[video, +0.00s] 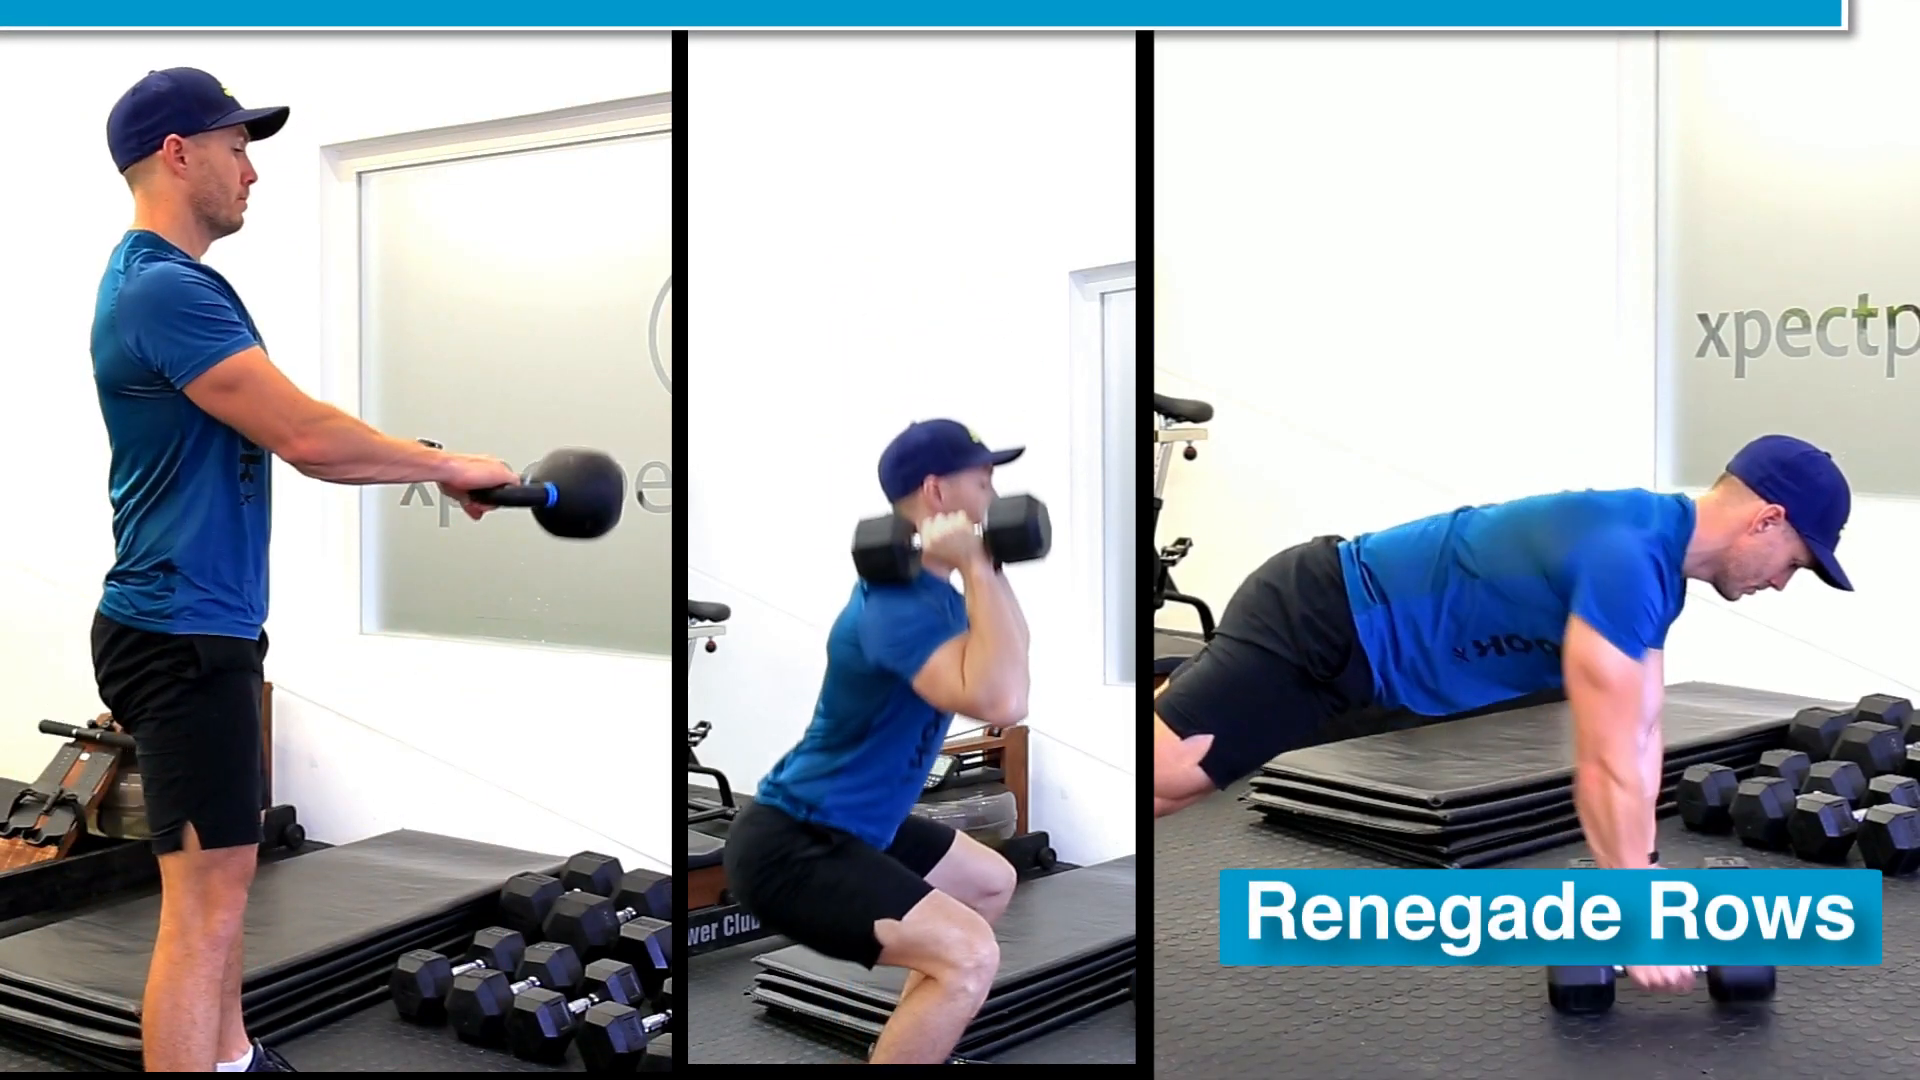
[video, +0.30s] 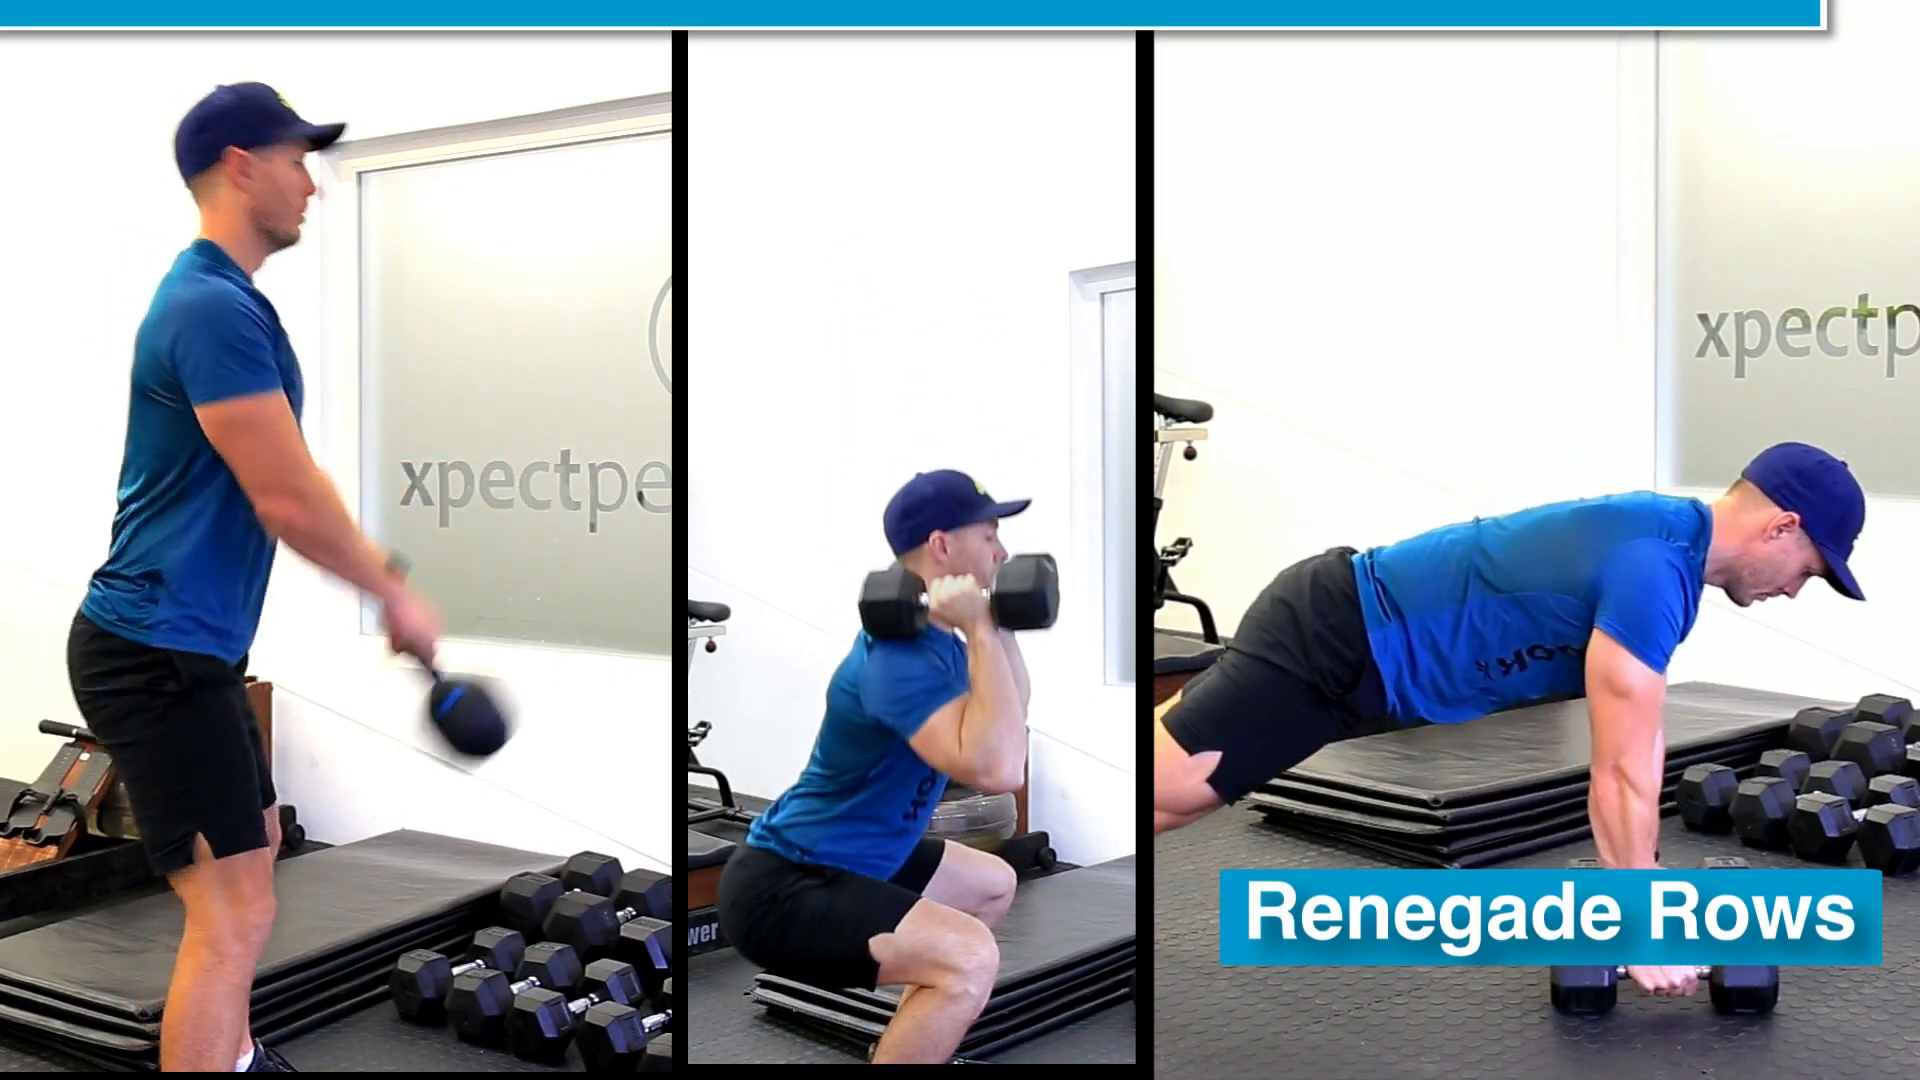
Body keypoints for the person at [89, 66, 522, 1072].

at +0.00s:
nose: (253, 166)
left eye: (249, 147)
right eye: (237, 147)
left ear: (176, 160)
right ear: (174, 155)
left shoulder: (173, 282)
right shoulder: (162, 287)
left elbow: (299, 434)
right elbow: (305, 440)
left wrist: (434, 466)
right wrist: (446, 469)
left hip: (206, 631)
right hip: (182, 636)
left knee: (220, 888)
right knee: (204, 907)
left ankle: (226, 1059)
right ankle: (190, 1078)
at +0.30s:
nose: (314, 181)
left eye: (310, 161)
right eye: (298, 159)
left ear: (240, 171)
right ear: (238, 166)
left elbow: (299, 489)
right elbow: (287, 505)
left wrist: (382, 578)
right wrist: (389, 590)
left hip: (189, 645)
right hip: (156, 650)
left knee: (250, 851)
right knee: (231, 912)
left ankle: (221, 1047)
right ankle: (199, 1076)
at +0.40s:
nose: (372, 222)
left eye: (370, 201)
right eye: (357, 198)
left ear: (299, 207)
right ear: (295, 201)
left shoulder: (274, 336)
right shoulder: (257, 343)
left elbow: (289, 531)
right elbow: (271, 556)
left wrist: (335, 643)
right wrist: (338, 658)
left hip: (175, 656)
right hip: (139, 663)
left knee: (261, 841)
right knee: (242, 919)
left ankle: (218, 1042)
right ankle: (207, 1071)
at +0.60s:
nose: (497, 350)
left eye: (496, 328)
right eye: (485, 326)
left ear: (430, 330)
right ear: (429, 327)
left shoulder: (364, 438)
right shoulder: (354, 450)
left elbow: (268, 635)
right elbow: (253, 639)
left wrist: (247, 779)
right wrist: (240, 780)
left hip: (162, 681)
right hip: (123, 685)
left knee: (272, 847)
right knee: (250, 928)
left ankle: (221, 1039)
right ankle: (214, 1061)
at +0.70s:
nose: (535, 401)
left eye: (536, 379)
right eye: (526, 376)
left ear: (468, 381)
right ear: (473, 380)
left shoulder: (387, 467)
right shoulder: (379, 488)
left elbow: (264, 650)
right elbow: (249, 660)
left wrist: (247, 779)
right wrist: (203, 779)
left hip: (163, 674)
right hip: (118, 685)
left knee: (273, 835)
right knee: (251, 928)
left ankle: (218, 1033)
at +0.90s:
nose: (528, 367)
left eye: (528, 347)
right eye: (517, 346)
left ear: (461, 350)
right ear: (465, 348)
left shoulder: (378, 437)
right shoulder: (376, 453)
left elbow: (269, 630)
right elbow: (262, 630)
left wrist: (252, 780)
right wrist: (223, 772)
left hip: (149, 660)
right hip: (129, 669)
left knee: (253, 882)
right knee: (241, 925)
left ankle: (225, 1049)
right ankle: (207, 1063)